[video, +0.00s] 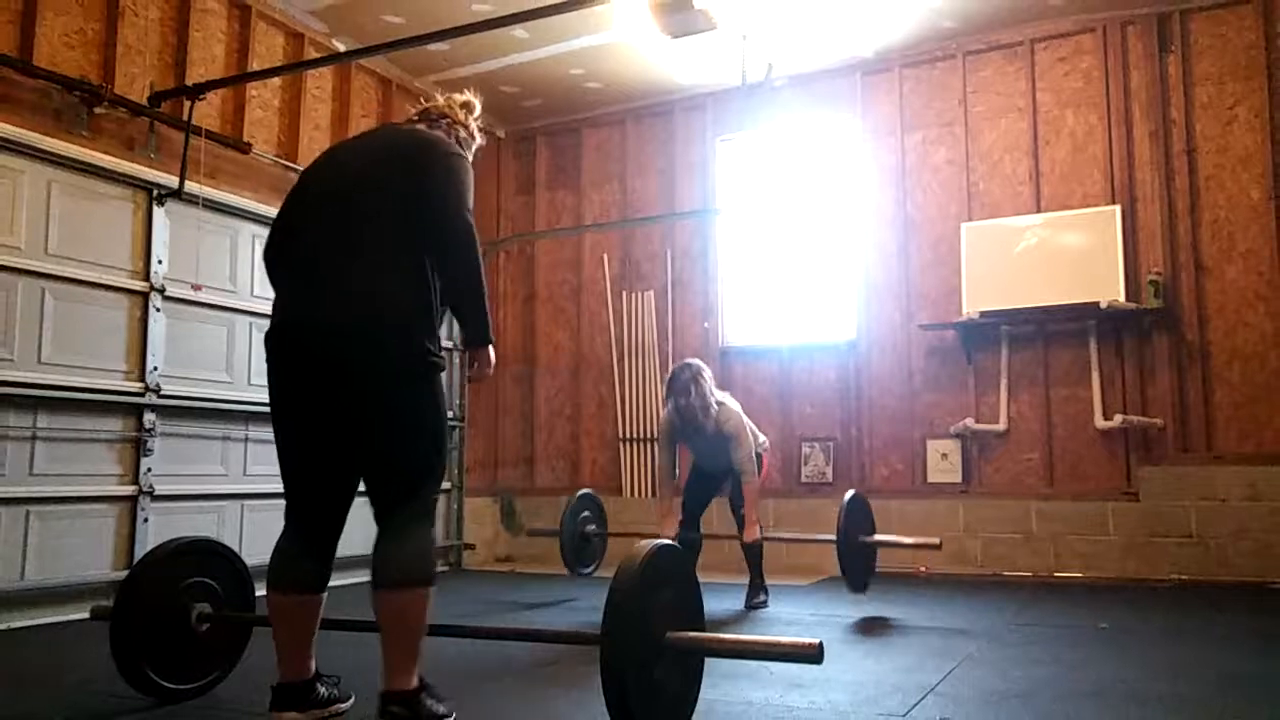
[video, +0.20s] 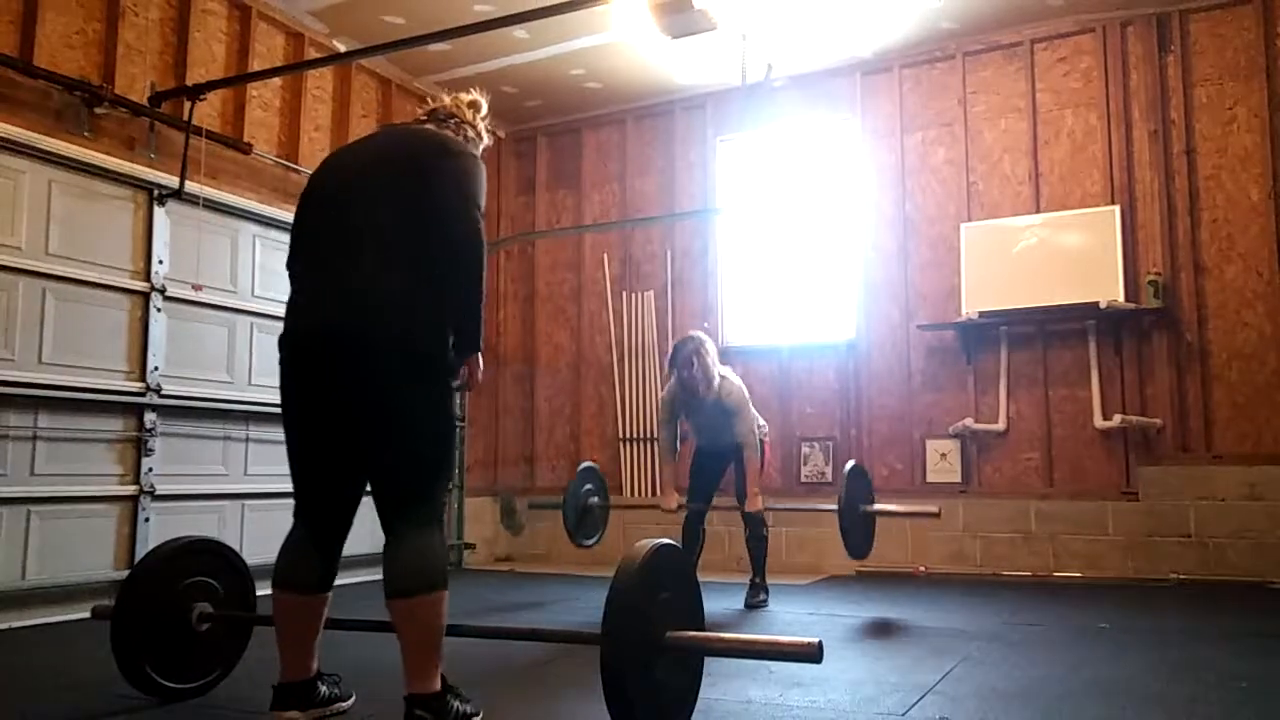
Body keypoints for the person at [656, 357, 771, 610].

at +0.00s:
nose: (685, 405)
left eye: (691, 399)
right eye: (679, 400)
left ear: (704, 394)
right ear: (673, 398)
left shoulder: (728, 414)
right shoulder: (670, 419)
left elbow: (748, 469)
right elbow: (665, 469)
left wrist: (752, 522)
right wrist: (667, 516)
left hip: (743, 459)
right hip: (707, 464)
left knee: (741, 510)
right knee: (689, 515)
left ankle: (757, 585)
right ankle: (683, 583)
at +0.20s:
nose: (692, 372)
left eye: (697, 364)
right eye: (685, 366)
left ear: (709, 362)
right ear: (677, 369)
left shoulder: (730, 388)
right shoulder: (672, 396)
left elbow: (749, 440)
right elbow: (668, 442)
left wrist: (753, 493)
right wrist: (668, 489)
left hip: (745, 443)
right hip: (709, 447)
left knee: (750, 507)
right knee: (694, 512)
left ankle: (758, 583)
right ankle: (685, 582)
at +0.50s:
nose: (692, 346)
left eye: (698, 339)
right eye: (686, 340)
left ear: (711, 338)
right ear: (679, 342)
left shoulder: (731, 366)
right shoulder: (675, 372)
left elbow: (763, 407)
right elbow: (666, 412)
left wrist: (755, 453)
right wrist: (668, 454)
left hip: (743, 441)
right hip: (707, 443)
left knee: (748, 506)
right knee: (694, 511)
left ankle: (758, 583)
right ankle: (685, 581)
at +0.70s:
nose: (695, 342)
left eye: (701, 335)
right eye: (688, 336)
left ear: (712, 332)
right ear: (679, 339)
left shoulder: (735, 358)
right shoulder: (674, 362)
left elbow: (776, 372)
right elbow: (661, 377)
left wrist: (758, 408)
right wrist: (665, 410)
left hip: (744, 440)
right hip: (705, 442)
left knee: (746, 504)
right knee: (692, 511)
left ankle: (758, 582)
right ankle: (685, 581)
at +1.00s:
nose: (691, 341)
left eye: (698, 333)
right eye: (685, 335)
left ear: (713, 332)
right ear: (678, 337)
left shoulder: (732, 360)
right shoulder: (673, 364)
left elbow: (775, 388)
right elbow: (657, 389)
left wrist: (758, 425)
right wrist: (664, 424)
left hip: (742, 442)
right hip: (703, 443)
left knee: (747, 506)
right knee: (691, 512)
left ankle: (758, 582)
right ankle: (684, 581)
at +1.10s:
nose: (692, 347)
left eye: (699, 340)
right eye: (686, 341)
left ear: (713, 339)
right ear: (679, 344)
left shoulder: (736, 372)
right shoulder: (671, 377)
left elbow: (764, 415)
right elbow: (661, 416)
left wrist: (756, 458)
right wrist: (664, 456)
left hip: (742, 444)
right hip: (704, 445)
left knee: (747, 506)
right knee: (690, 511)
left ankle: (758, 583)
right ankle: (684, 582)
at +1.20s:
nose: (693, 363)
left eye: (701, 354)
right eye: (685, 357)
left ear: (716, 355)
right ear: (678, 362)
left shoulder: (733, 387)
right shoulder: (674, 392)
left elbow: (755, 439)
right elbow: (664, 440)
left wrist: (753, 487)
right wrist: (666, 484)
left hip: (741, 448)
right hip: (704, 451)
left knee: (748, 508)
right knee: (687, 514)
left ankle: (758, 584)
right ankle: (683, 584)